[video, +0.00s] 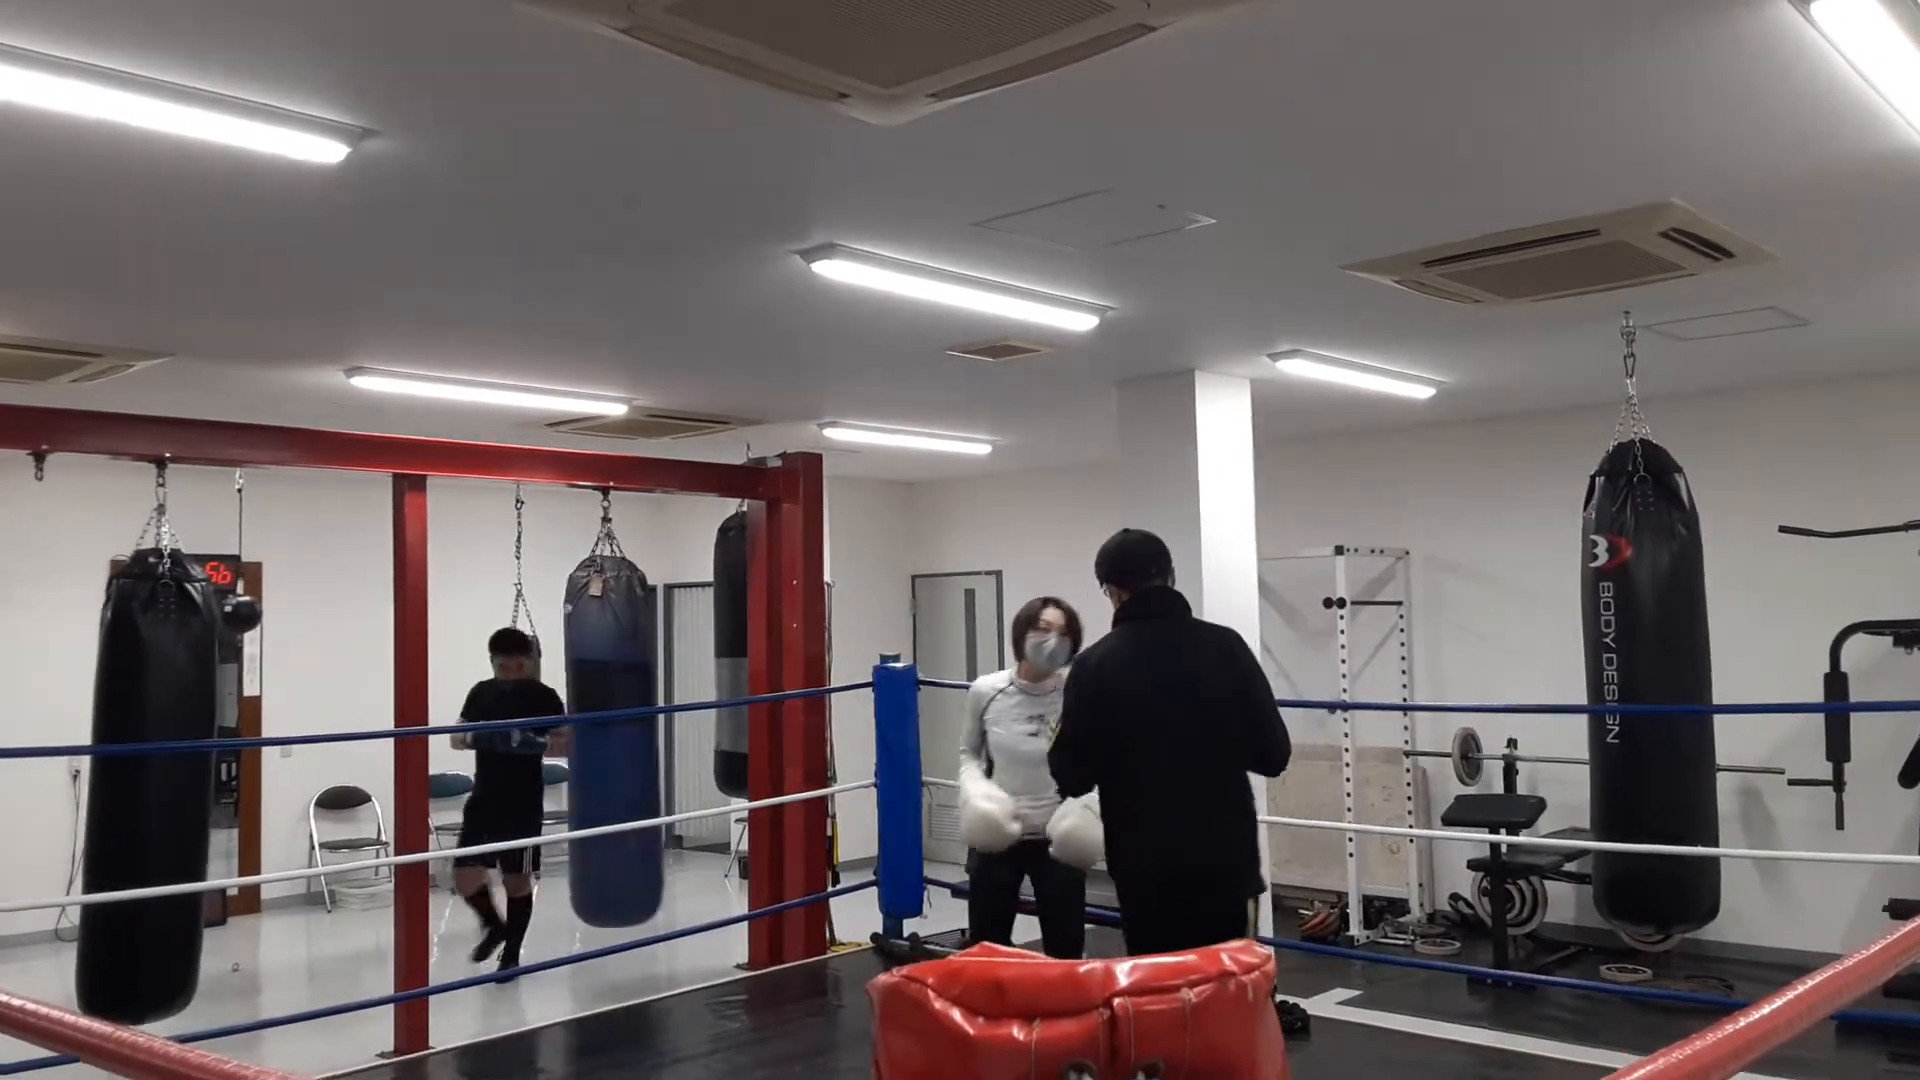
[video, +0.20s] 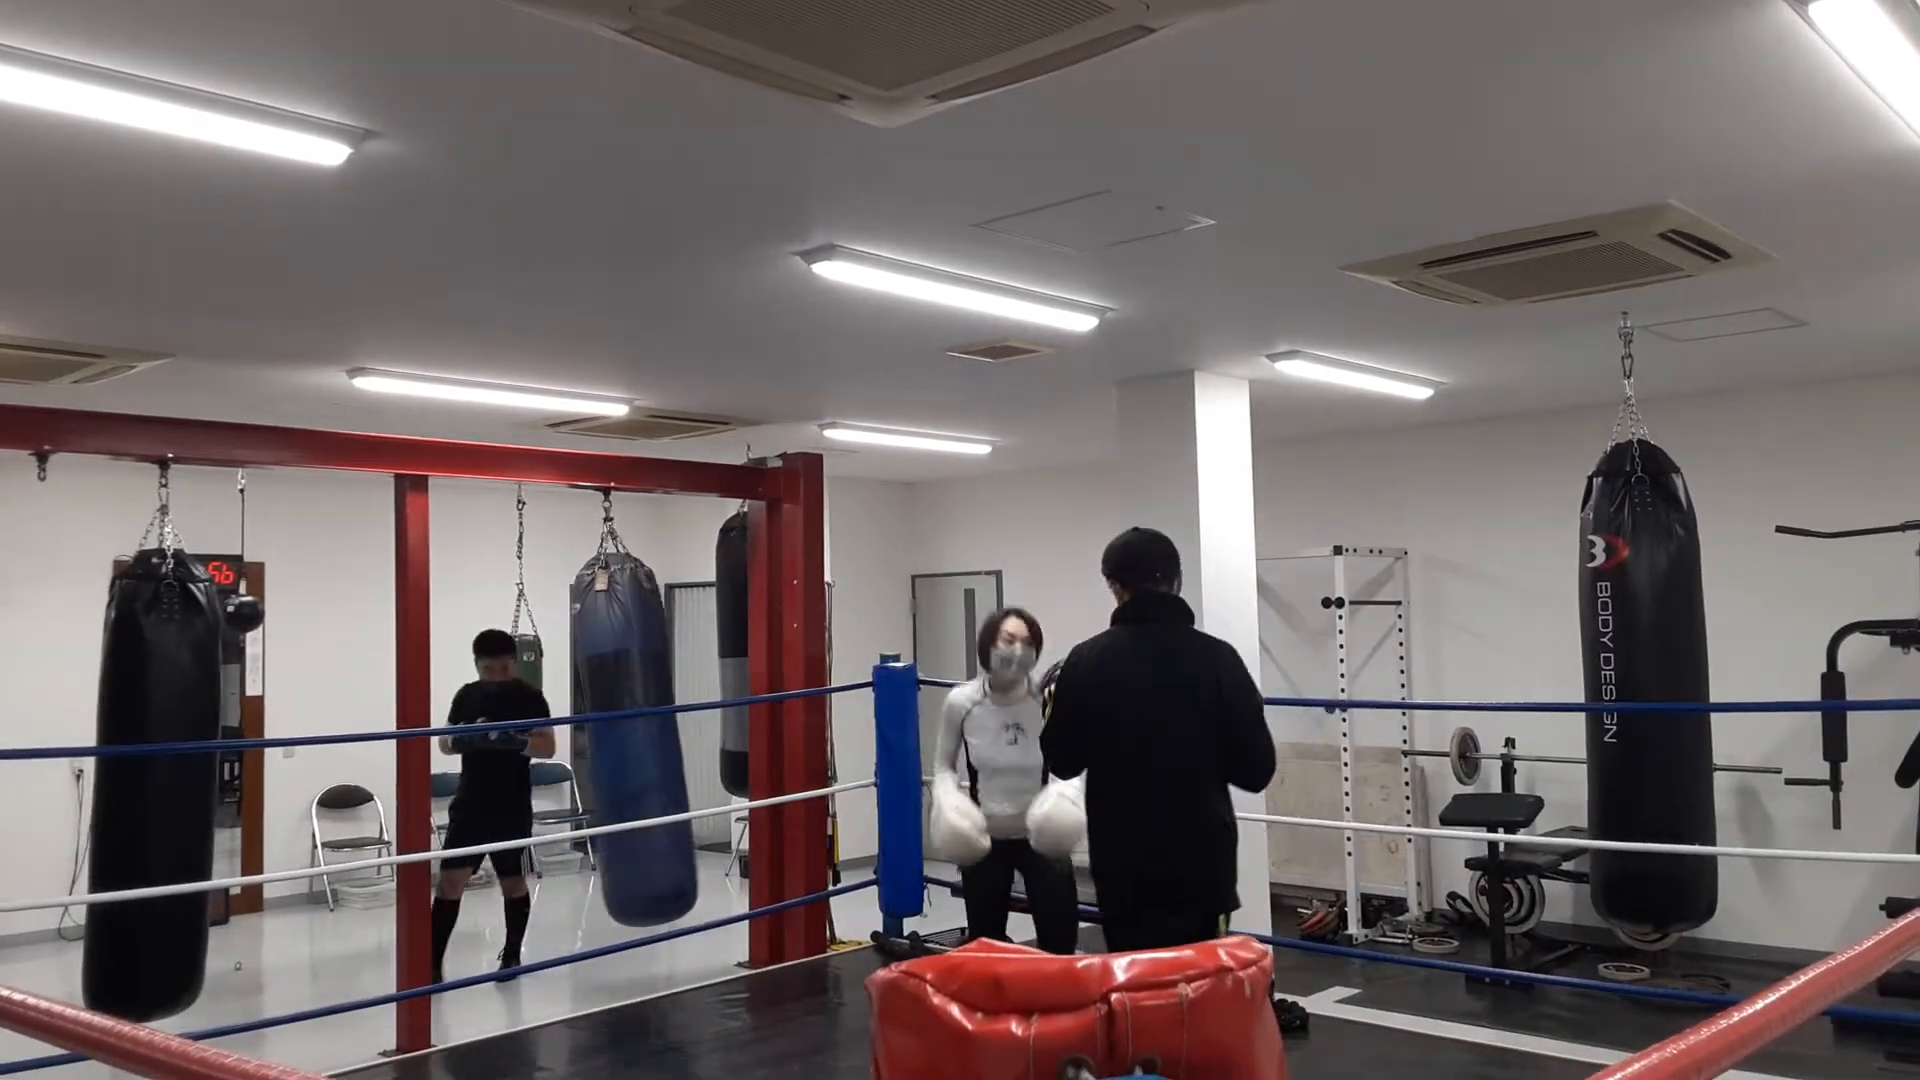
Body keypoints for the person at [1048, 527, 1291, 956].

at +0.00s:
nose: (1107, 600)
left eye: (1106, 592)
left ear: (1114, 592)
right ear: (1168, 577)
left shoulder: (1094, 665)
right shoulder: (1225, 646)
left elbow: (1071, 776)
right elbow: (1274, 756)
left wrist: (1118, 734)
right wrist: (1212, 731)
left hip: (1144, 868)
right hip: (1224, 862)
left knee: (1158, 997)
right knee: (1228, 997)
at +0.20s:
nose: (1111, 595)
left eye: (1110, 586)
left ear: (1116, 587)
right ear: (1175, 581)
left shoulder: (1087, 661)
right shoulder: (1217, 657)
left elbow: (1061, 760)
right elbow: (1256, 771)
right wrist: (1199, 735)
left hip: (1122, 867)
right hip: (1201, 868)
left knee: (1137, 997)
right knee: (1201, 1002)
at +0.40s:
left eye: (1119, 578)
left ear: (1123, 581)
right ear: (1188, 585)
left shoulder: (1081, 652)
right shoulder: (1207, 663)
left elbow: (1042, 751)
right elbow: (1234, 786)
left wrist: (1102, 728)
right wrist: (1180, 744)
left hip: (1100, 868)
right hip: (1178, 871)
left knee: (1121, 1002)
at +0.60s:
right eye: (1187, 586)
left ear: (1120, 577)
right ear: (1185, 589)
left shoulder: (1071, 647)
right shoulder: (1196, 673)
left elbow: (1034, 736)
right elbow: (1217, 796)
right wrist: (1164, 749)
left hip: (1076, 872)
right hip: (1157, 878)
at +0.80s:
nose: (1189, 602)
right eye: (1191, 595)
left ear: (1119, 581)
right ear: (1185, 600)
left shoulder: (1057, 646)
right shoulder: (1184, 687)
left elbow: (1020, 736)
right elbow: (1193, 789)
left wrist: (1077, 742)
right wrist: (1132, 768)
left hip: (1054, 854)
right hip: (1133, 866)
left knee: (1083, 983)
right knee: (1134, 992)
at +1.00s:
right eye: (1176, 603)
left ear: (1107, 585)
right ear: (1170, 606)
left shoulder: (1041, 650)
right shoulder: (1167, 690)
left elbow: (1010, 746)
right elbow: (1171, 811)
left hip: (1030, 868)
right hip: (1110, 881)